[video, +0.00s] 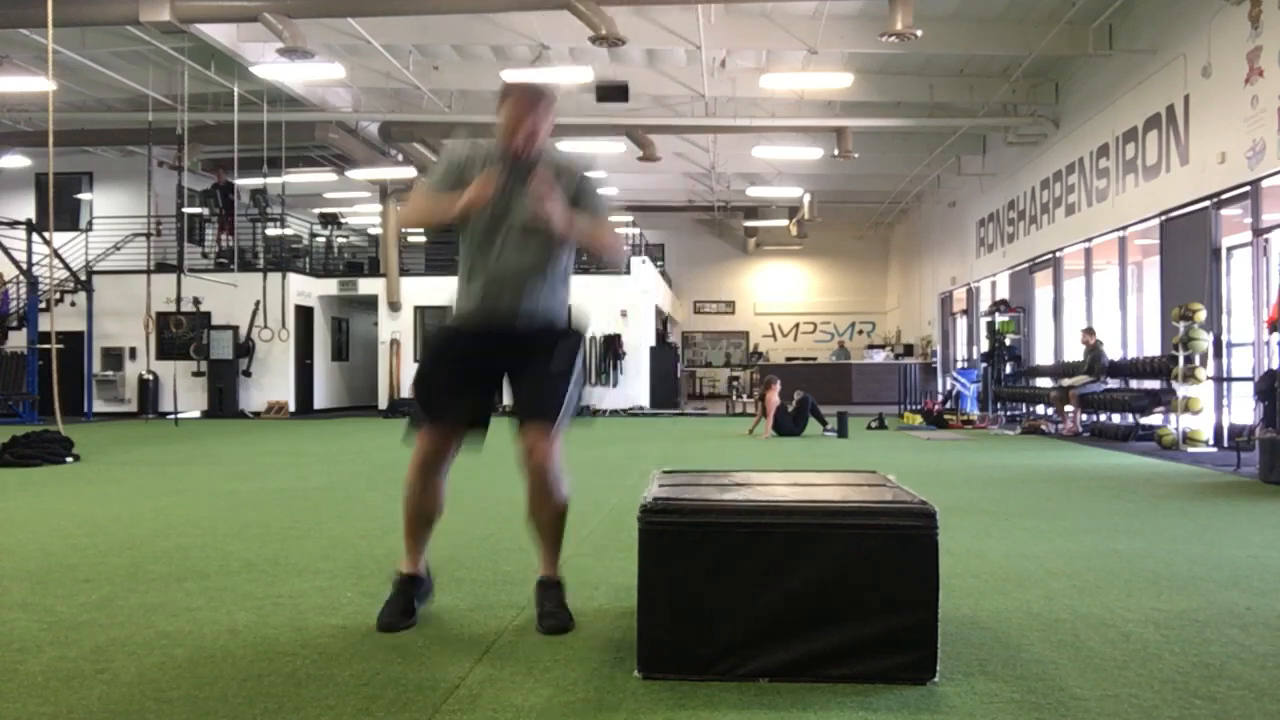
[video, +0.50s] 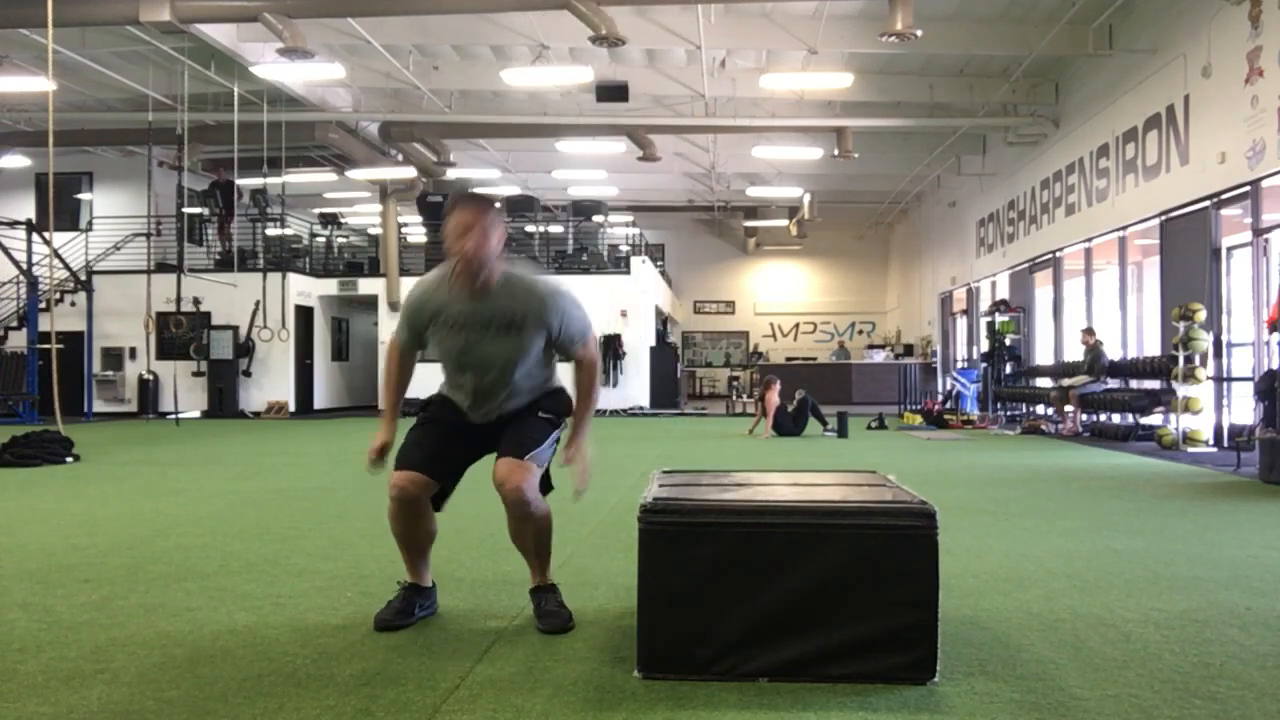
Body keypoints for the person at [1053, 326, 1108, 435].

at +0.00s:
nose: (1082, 339)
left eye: (1084, 337)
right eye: (1082, 336)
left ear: (1092, 337)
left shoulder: (1099, 353)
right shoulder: (1087, 351)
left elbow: (1097, 377)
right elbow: (1085, 371)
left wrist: (1074, 381)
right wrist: (1071, 380)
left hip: (1099, 382)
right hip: (1086, 379)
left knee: (1074, 393)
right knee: (1055, 395)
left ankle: (1076, 426)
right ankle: (1066, 425)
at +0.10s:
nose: (1082, 339)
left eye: (1084, 337)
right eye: (1082, 336)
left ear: (1092, 337)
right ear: (1089, 337)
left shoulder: (1099, 353)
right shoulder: (1087, 351)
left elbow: (1096, 377)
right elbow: (1085, 372)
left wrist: (1073, 381)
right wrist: (1071, 380)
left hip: (1099, 382)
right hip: (1086, 379)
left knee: (1074, 393)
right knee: (1055, 395)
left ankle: (1076, 426)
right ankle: (1066, 425)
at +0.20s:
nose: (1082, 339)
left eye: (1084, 336)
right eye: (1082, 336)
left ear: (1092, 337)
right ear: (1089, 337)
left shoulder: (1099, 353)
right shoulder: (1087, 351)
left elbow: (1096, 377)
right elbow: (1085, 372)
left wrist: (1073, 381)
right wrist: (1071, 380)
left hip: (1099, 382)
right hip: (1086, 379)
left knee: (1074, 393)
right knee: (1055, 395)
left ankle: (1076, 426)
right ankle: (1066, 425)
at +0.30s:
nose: (1082, 339)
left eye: (1084, 337)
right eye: (1082, 336)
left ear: (1092, 337)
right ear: (1089, 337)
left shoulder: (1099, 353)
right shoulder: (1087, 351)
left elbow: (1096, 377)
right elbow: (1085, 372)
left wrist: (1073, 381)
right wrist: (1071, 380)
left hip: (1099, 382)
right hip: (1086, 379)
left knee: (1074, 393)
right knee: (1055, 395)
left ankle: (1076, 426)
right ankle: (1066, 425)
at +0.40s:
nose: (1082, 339)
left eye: (1084, 337)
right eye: (1082, 336)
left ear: (1092, 337)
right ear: (1089, 337)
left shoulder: (1099, 353)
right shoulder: (1088, 351)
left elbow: (1096, 376)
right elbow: (1085, 371)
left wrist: (1073, 381)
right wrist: (1071, 380)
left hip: (1099, 382)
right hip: (1087, 379)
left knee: (1074, 393)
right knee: (1055, 395)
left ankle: (1076, 426)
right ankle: (1067, 425)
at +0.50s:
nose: (1082, 339)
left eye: (1084, 337)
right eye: (1082, 336)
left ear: (1092, 337)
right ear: (1089, 337)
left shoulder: (1099, 353)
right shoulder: (1088, 351)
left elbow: (1096, 376)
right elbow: (1085, 371)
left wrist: (1073, 381)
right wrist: (1071, 380)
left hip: (1099, 382)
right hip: (1087, 379)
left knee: (1074, 393)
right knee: (1055, 395)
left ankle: (1076, 426)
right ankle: (1067, 425)